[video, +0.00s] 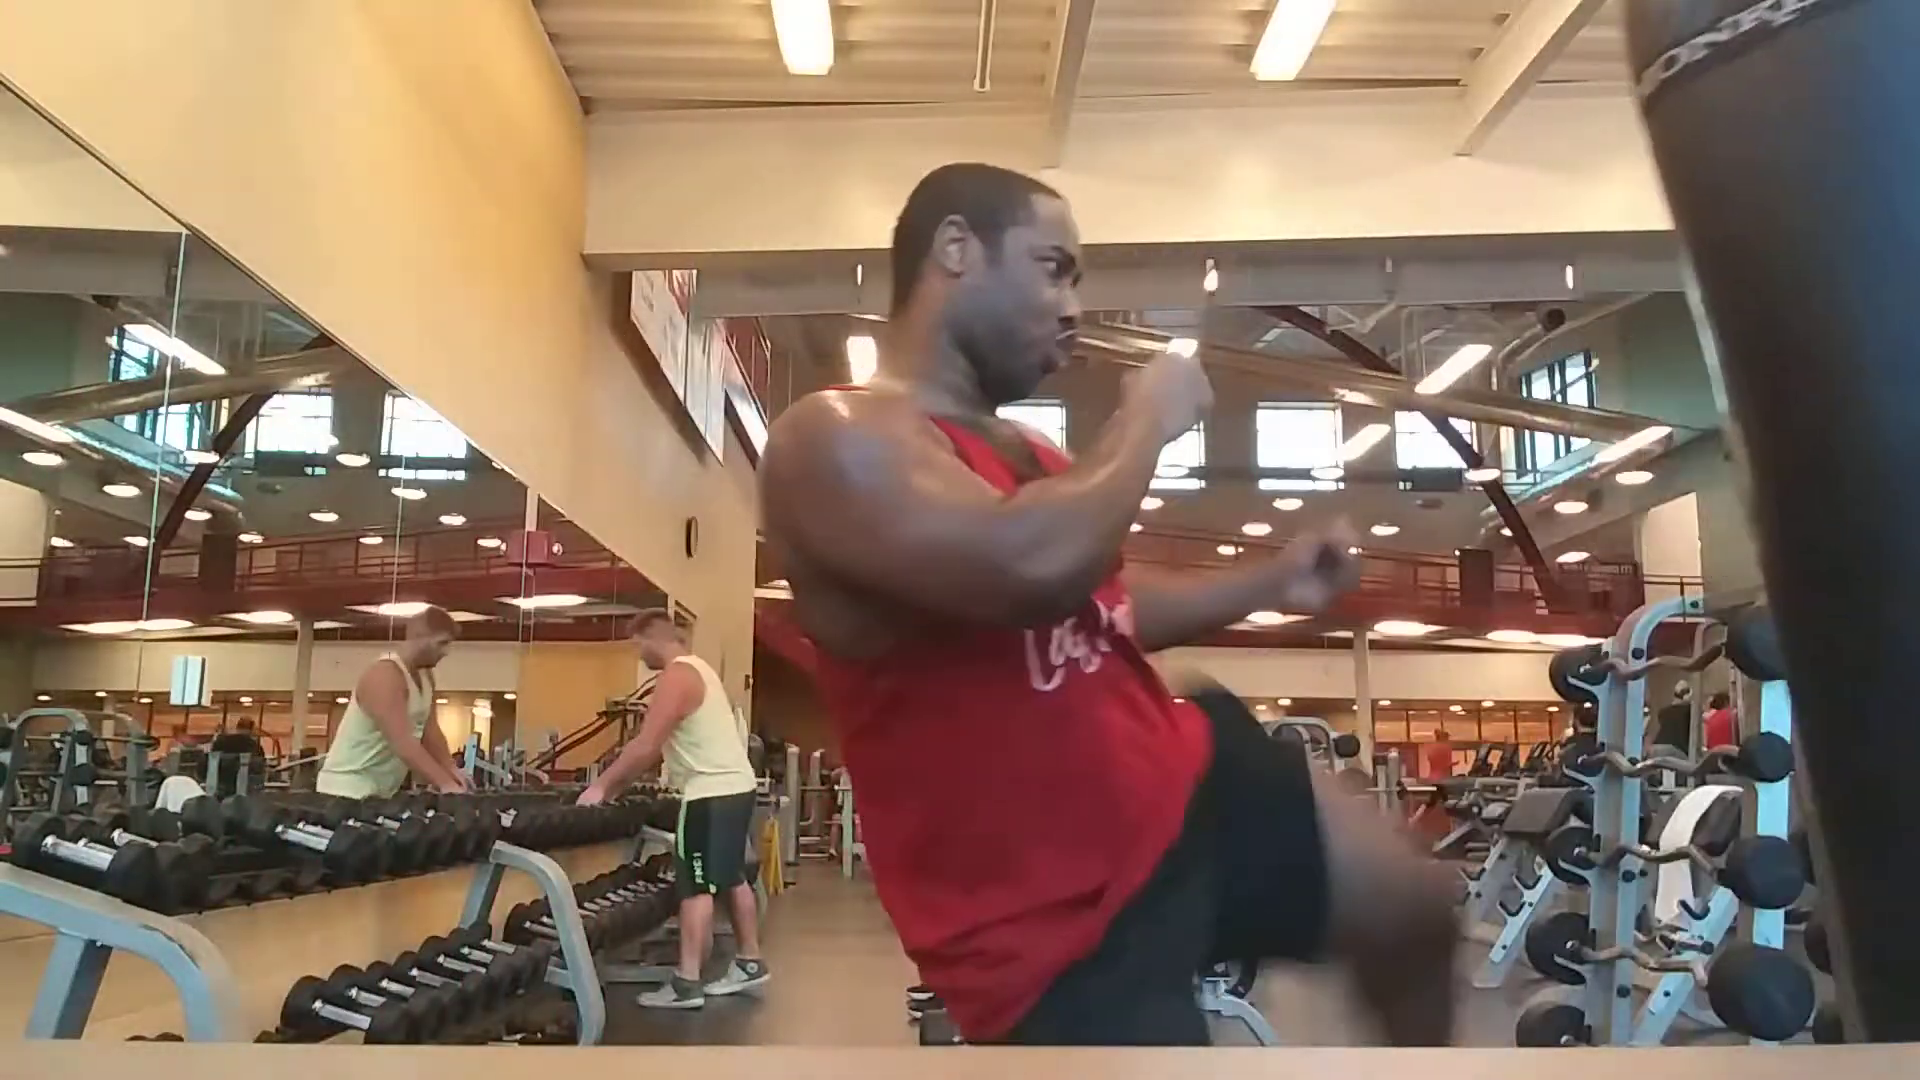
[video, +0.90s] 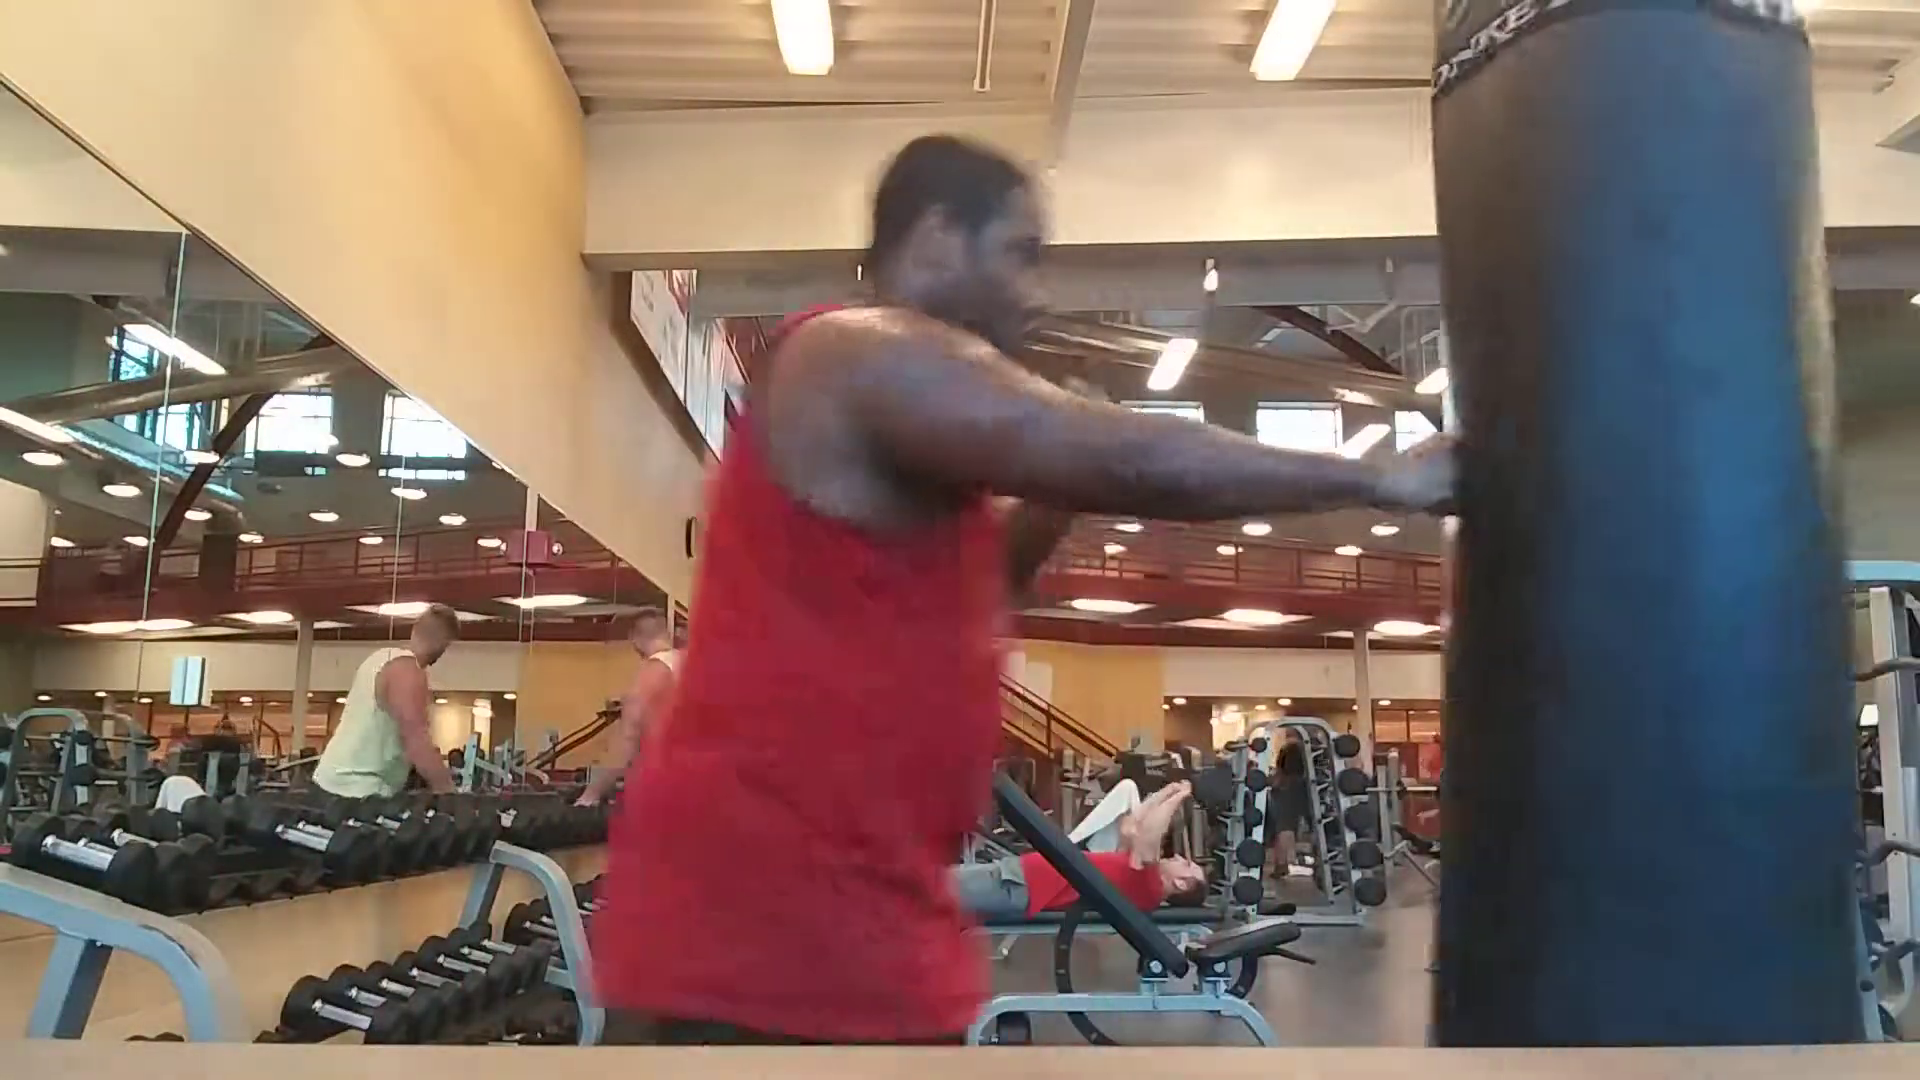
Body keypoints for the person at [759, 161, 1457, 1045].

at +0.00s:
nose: (1074, 307)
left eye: (1074, 280)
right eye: (1054, 269)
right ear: (955, 256)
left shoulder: (1017, 447)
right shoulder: (833, 437)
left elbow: (1096, 613)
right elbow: (1027, 564)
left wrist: (1266, 581)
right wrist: (1148, 416)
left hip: (1182, 790)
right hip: (1061, 937)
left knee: (1415, 905)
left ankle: (1417, 1058)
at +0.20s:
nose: (1171, 288)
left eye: (1170, 258)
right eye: (1150, 249)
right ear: (1054, 235)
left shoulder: (1099, 430)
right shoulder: (946, 399)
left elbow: (1210, 587)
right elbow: (1101, 569)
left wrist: (1311, 456)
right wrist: (1248, 427)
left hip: (1202, 930)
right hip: (1083, 958)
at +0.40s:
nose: (1247, 354)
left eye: (1247, 324)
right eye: (1229, 315)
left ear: (1145, 313)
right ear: (1138, 306)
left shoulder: (1135, 484)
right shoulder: (1037, 440)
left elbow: (1236, 645)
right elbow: (1162, 623)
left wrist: (1314, 517)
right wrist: (1348, 528)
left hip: (1194, 948)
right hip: (1079, 964)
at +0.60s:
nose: (1192, 358)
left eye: (1193, 330)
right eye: (1175, 321)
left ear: (1086, 319)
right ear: (1087, 311)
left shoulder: (1074, 450)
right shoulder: (1011, 427)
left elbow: (1219, 576)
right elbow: (1200, 554)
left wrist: (1347, 491)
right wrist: (1433, 481)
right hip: (996, 968)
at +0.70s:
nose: (1163, 312)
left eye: (1160, 282)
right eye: (1144, 275)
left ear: (1047, 268)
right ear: (1052, 263)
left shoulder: (968, 387)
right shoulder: (982, 373)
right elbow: (1203, 502)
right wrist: (1466, 476)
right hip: (931, 946)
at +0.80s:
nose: (1116, 279)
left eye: (1114, 246)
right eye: (1096, 237)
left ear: (998, 236)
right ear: (1003, 228)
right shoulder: (928, 344)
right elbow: (1159, 478)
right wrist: (1413, 489)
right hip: (865, 928)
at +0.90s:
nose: (1036, 294)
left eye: (1037, 265)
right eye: (1024, 256)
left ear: (928, 244)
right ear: (934, 240)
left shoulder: (888, 385)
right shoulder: (857, 354)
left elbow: (970, 600)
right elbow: (1125, 460)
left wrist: (1062, 496)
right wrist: (1378, 480)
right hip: (780, 926)